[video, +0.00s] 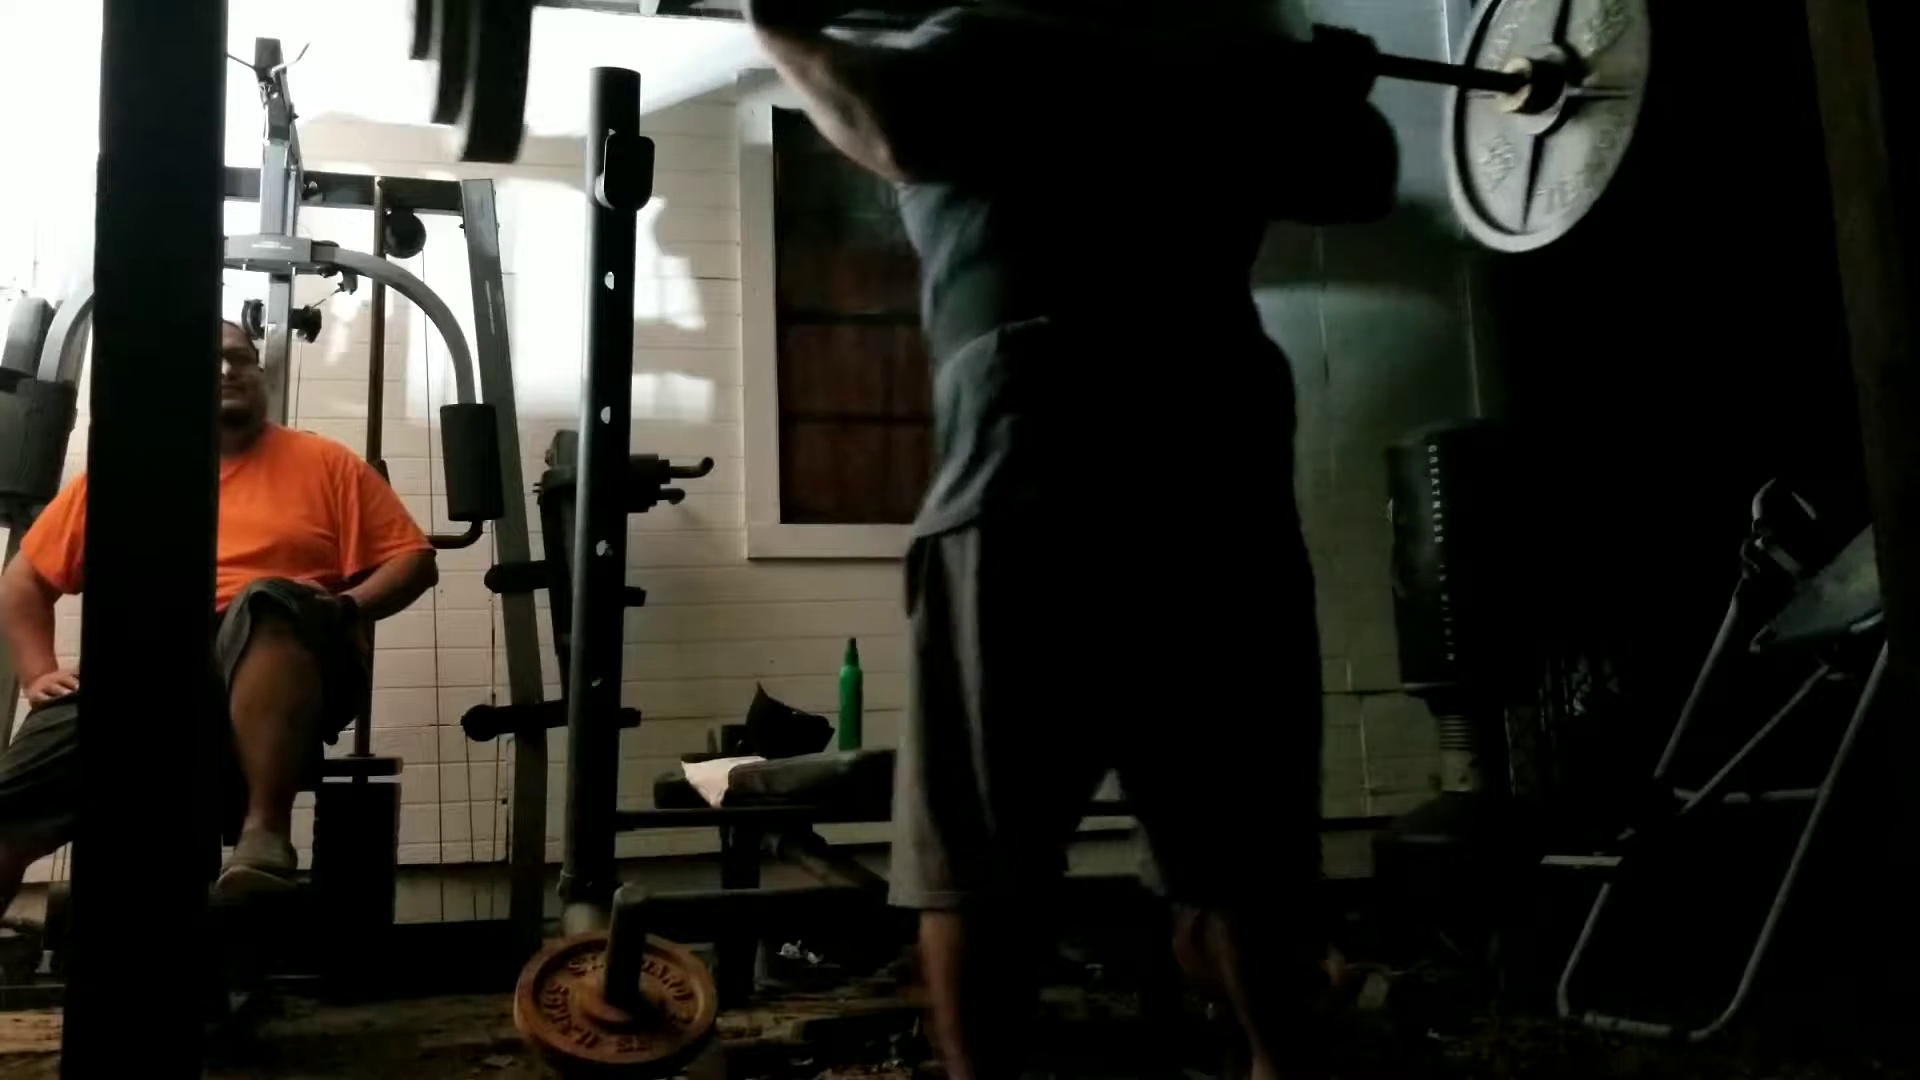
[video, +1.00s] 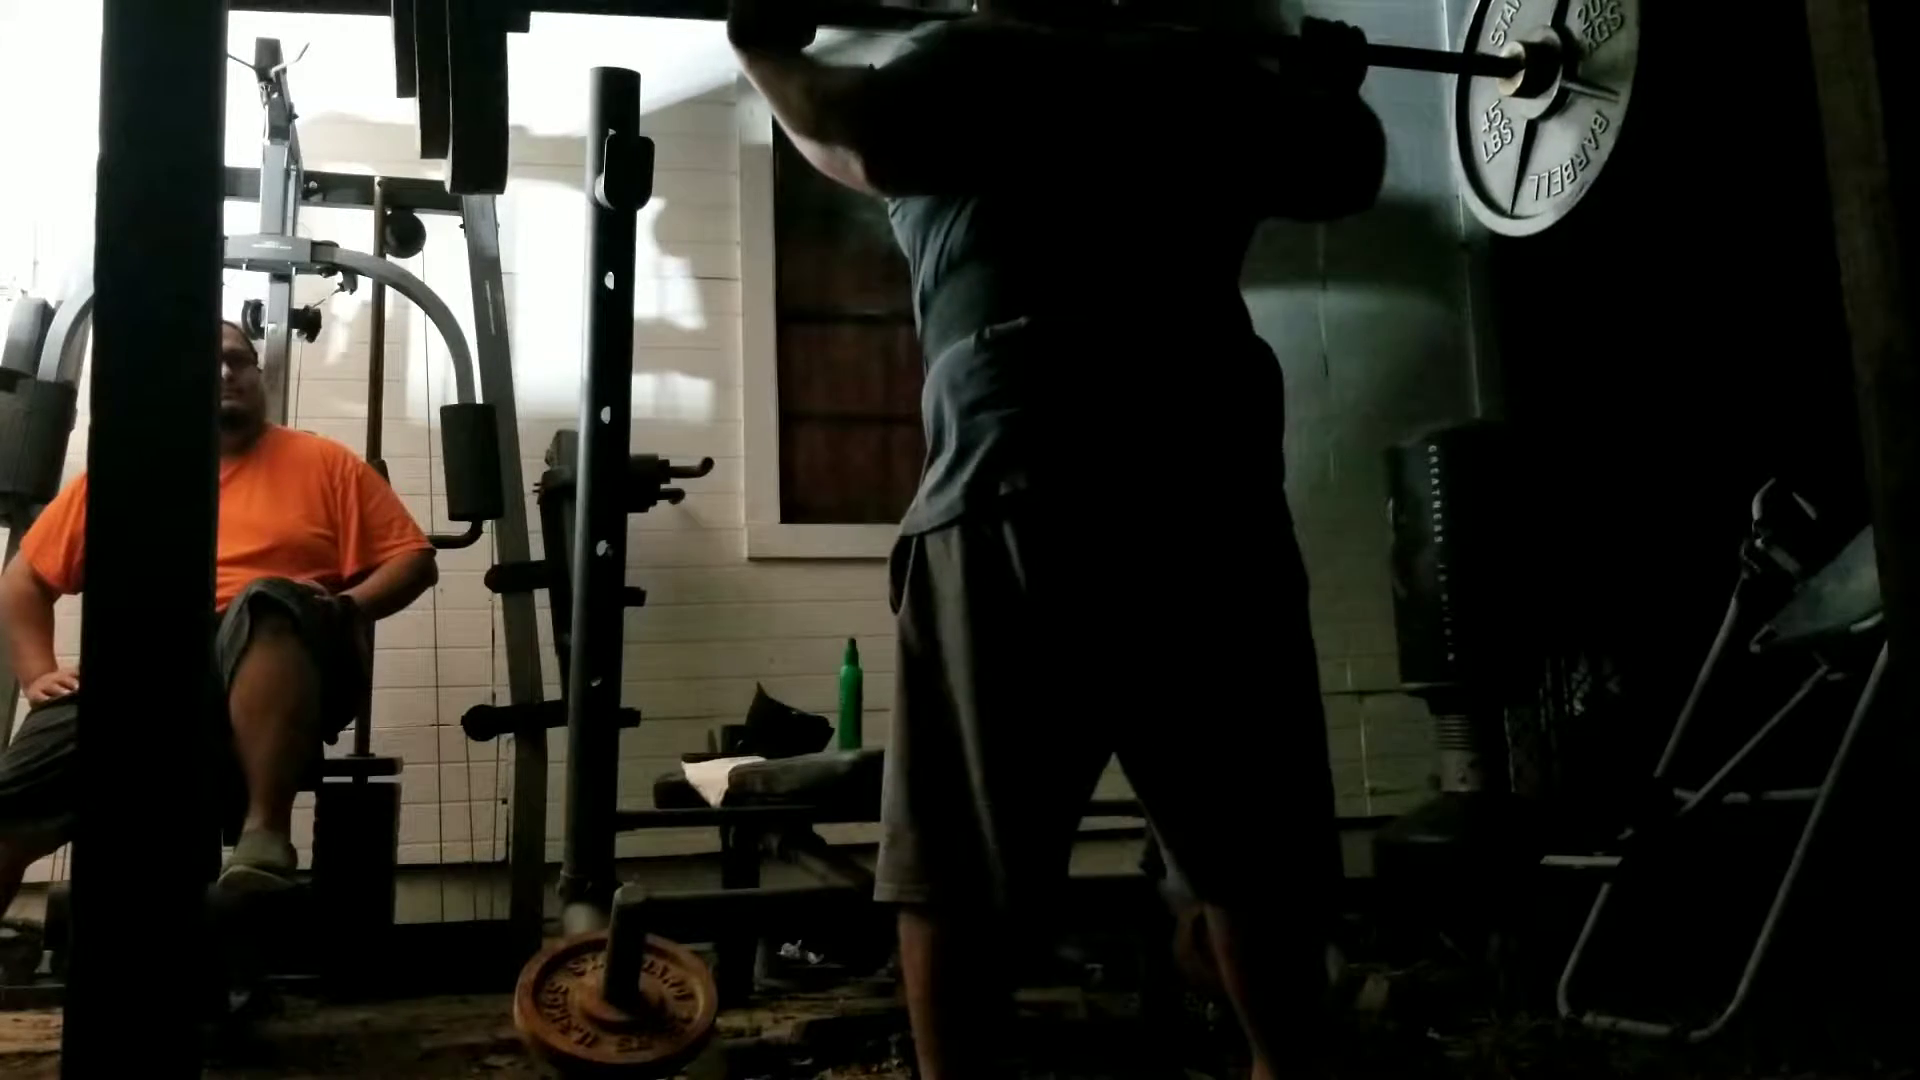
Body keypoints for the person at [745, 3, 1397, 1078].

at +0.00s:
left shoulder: (966, 40)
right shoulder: (1217, 66)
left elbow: (904, 138)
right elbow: (1362, 174)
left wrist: (775, 29)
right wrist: (1337, 79)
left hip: (1025, 463)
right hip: (1222, 467)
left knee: (977, 842)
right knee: (1243, 830)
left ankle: (978, 1066)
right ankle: (1282, 1060)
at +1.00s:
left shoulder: (952, 58)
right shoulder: (1206, 76)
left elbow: (854, 143)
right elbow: (1348, 168)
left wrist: (758, 43)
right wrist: (1331, 75)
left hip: (1012, 479)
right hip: (1211, 475)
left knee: (955, 854)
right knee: (1253, 834)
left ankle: (956, 1069)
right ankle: (1285, 1063)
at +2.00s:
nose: (974, 268)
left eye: (976, 255)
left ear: (989, 261)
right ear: (1113, 255)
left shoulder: (954, 324)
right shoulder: (1204, 321)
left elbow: (857, 404)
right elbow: (1364, 414)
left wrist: (773, 315)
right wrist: (1332, 318)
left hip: (1060, 655)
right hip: (1273, 643)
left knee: (887, 860)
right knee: (1258, 844)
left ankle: (929, 1062)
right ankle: (1282, 1056)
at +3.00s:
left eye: (945, 247)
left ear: (960, 247)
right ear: (1092, 241)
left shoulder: (943, 308)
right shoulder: (1182, 301)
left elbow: (826, 367)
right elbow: (1356, 360)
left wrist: (767, 299)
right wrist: (1289, 279)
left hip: (1057, 620)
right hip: (1274, 608)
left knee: (877, 848)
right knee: (1256, 828)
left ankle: (924, 1062)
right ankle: (1284, 1058)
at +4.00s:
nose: (937, 25)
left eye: (941, 13)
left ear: (967, 10)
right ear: (1092, 4)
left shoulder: (946, 77)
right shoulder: (1185, 87)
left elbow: (863, 160)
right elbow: (1336, 177)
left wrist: (764, 59)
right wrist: (1311, 87)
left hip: (1012, 487)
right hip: (1204, 482)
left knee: (960, 841)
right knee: (1242, 826)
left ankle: (954, 1063)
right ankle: (1283, 1057)